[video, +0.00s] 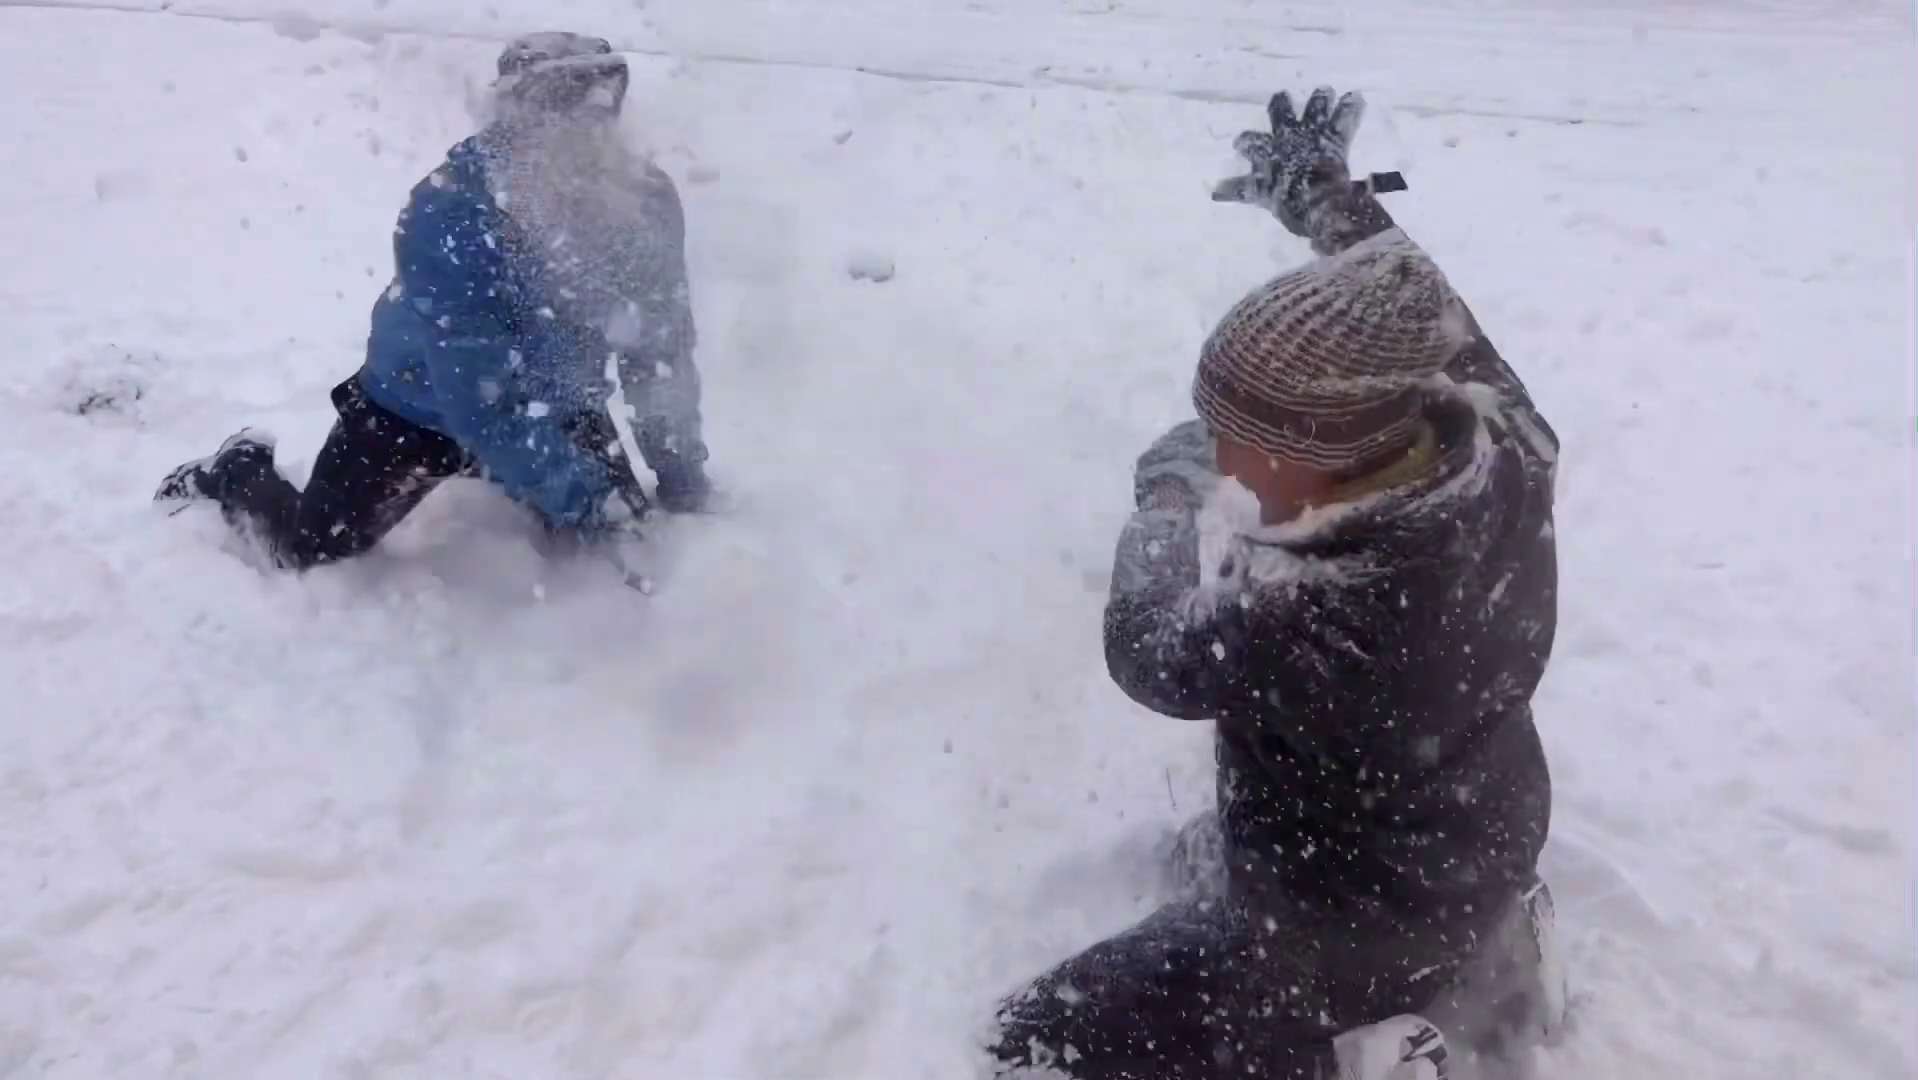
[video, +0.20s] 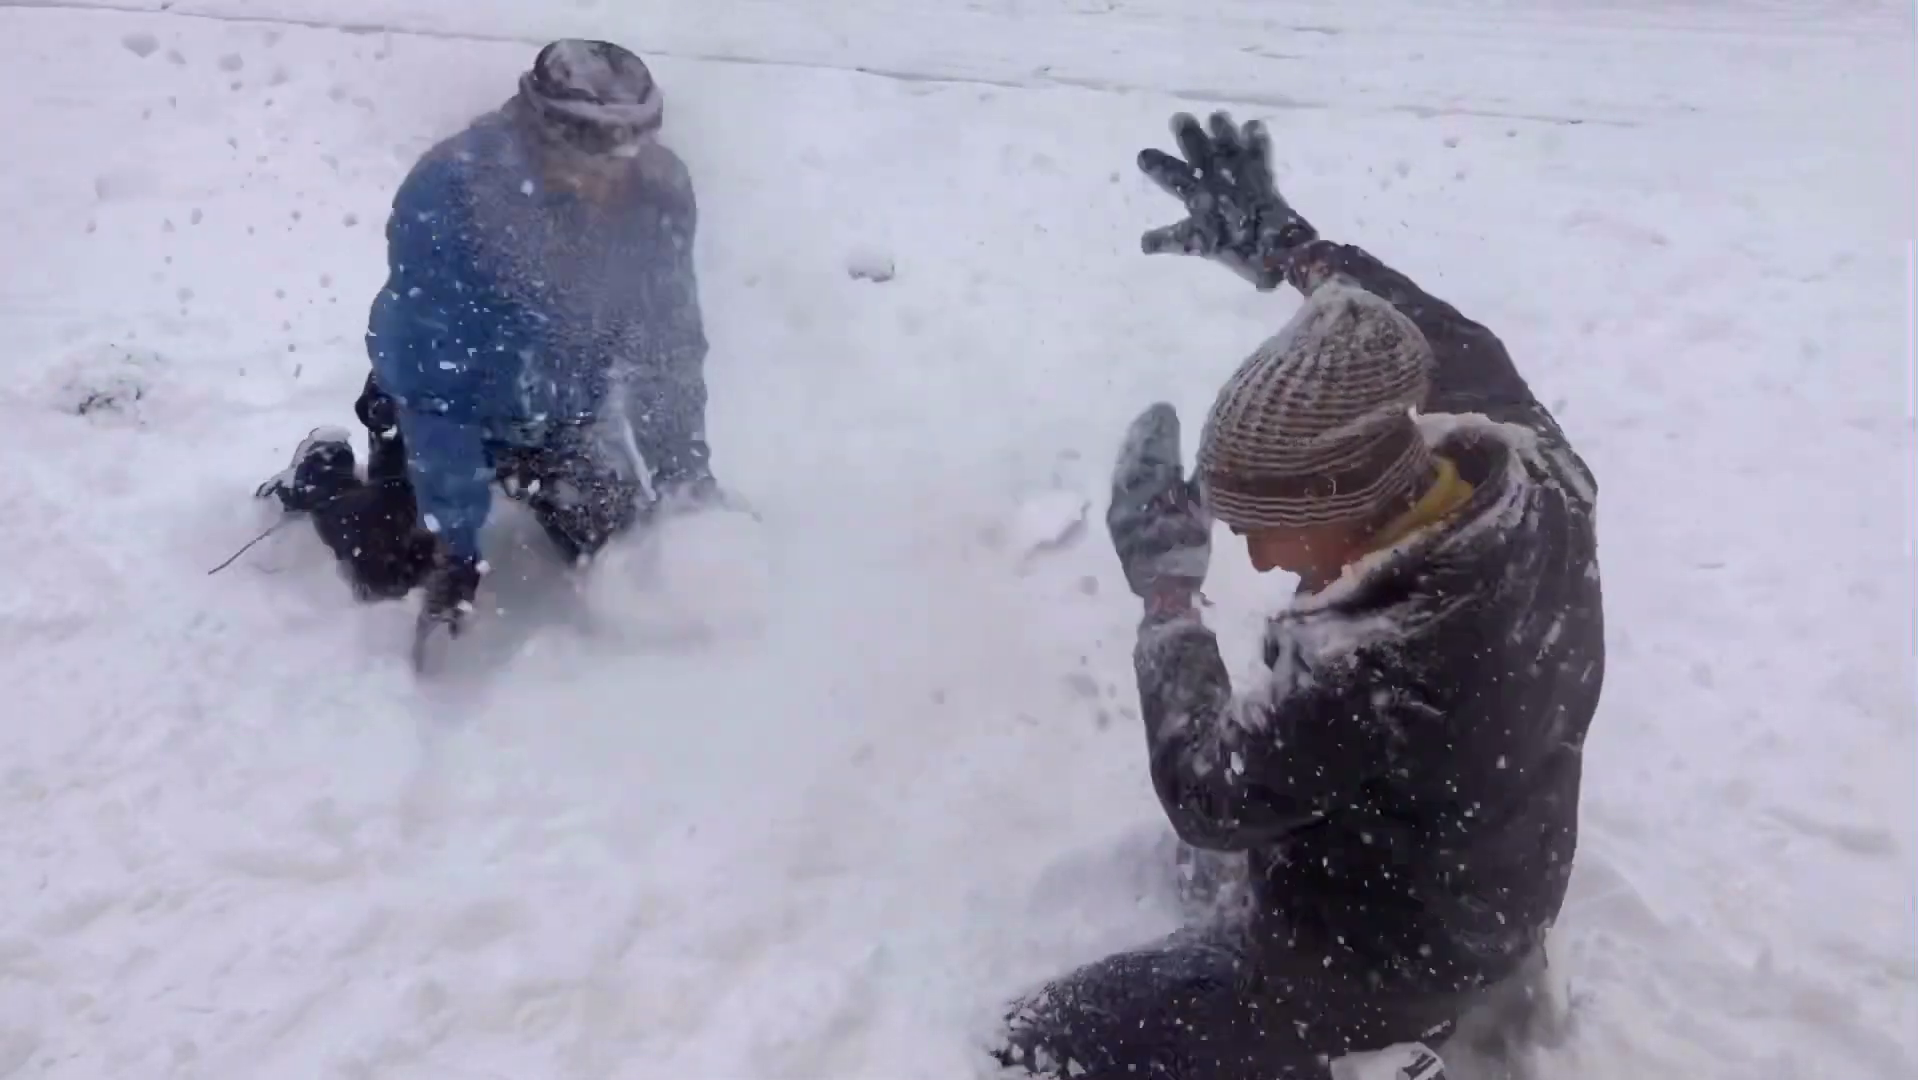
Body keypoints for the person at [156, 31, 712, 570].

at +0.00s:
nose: (584, 151)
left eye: (597, 130)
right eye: (564, 131)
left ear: (614, 127)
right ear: (520, 129)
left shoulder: (643, 204)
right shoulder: (452, 206)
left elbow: (661, 351)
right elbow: (479, 384)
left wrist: (682, 480)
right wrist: (591, 503)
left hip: (556, 406)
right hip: (423, 402)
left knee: (612, 533)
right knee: (311, 545)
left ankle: (526, 471)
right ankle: (236, 475)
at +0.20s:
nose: (619, 172)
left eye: (632, 152)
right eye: (602, 154)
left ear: (643, 139)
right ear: (553, 138)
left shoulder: (657, 189)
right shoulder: (451, 191)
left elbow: (668, 348)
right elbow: (436, 385)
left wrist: (686, 476)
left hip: (559, 412)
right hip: (438, 405)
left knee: (620, 551)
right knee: (393, 570)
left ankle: (521, 463)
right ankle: (322, 477)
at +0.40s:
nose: (584, 184)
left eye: (603, 164)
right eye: (564, 165)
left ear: (622, 148)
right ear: (520, 144)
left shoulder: (633, 180)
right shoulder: (438, 223)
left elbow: (667, 331)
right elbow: (395, 406)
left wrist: (715, 459)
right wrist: (358, 577)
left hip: (570, 420)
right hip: (452, 433)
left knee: (624, 559)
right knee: (492, 618)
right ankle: (357, 515)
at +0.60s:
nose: (545, 173)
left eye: (560, 149)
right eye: (521, 154)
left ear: (584, 136)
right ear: (476, 147)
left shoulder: (609, 190)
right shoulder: (411, 248)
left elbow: (643, 333)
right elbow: (415, 461)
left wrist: (712, 443)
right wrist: (459, 634)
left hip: (557, 423)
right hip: (441, 447)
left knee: (627, 564)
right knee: (498, 627)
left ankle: (517, 469)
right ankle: (368, 520)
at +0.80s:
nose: (498, 175)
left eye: (519, 152)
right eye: (475, 153)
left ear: (550, 146)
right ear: (437, 149)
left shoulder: (598, 231)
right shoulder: (367, 254)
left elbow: (632, 399)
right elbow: (348, 448)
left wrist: (673, 535)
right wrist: (386, 602)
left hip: (530, 437)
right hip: (410, 458)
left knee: (630, 559)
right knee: (487, 625)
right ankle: (343, 555)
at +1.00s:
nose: (463, 180)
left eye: (485, 156)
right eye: (443, 155)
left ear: (529, 150)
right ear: (420, 148)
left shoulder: (593, 231)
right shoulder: (354, 257)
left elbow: (625, 407)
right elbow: (305, 444)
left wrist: (662, 565)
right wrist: (272, 602)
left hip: (523, 436)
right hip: (391, 466)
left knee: (600, 552)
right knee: (485, 636)